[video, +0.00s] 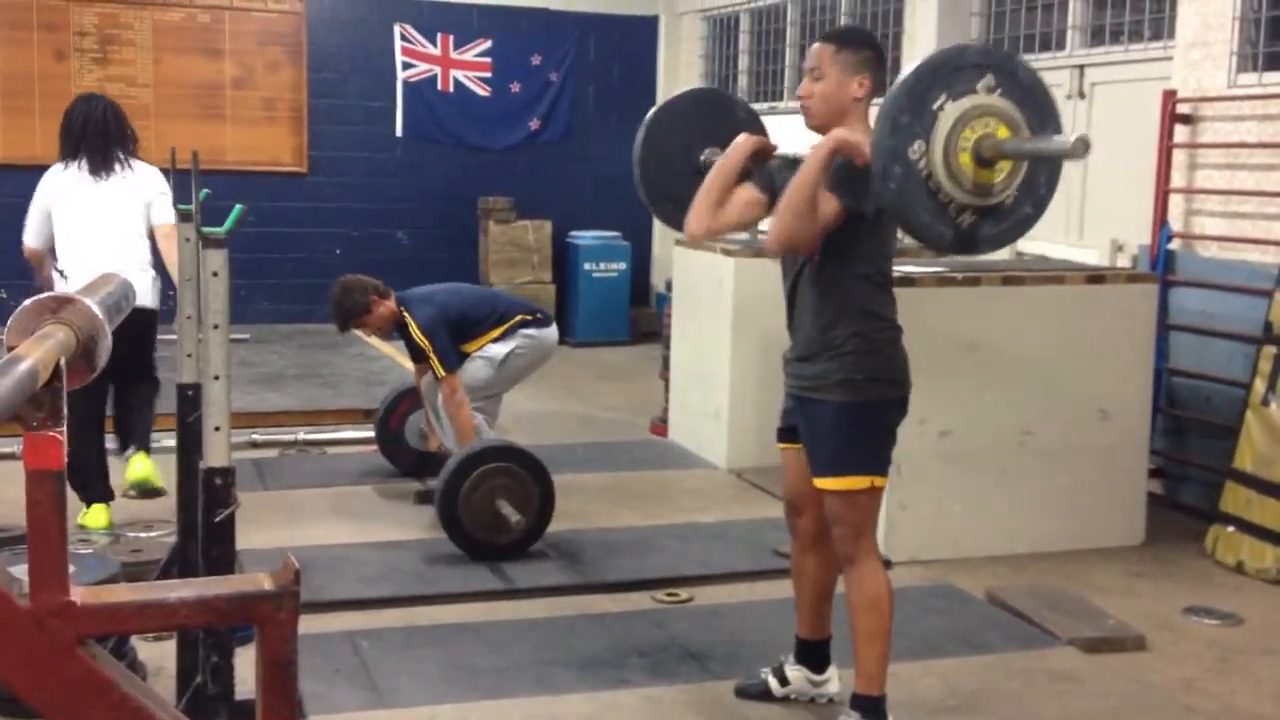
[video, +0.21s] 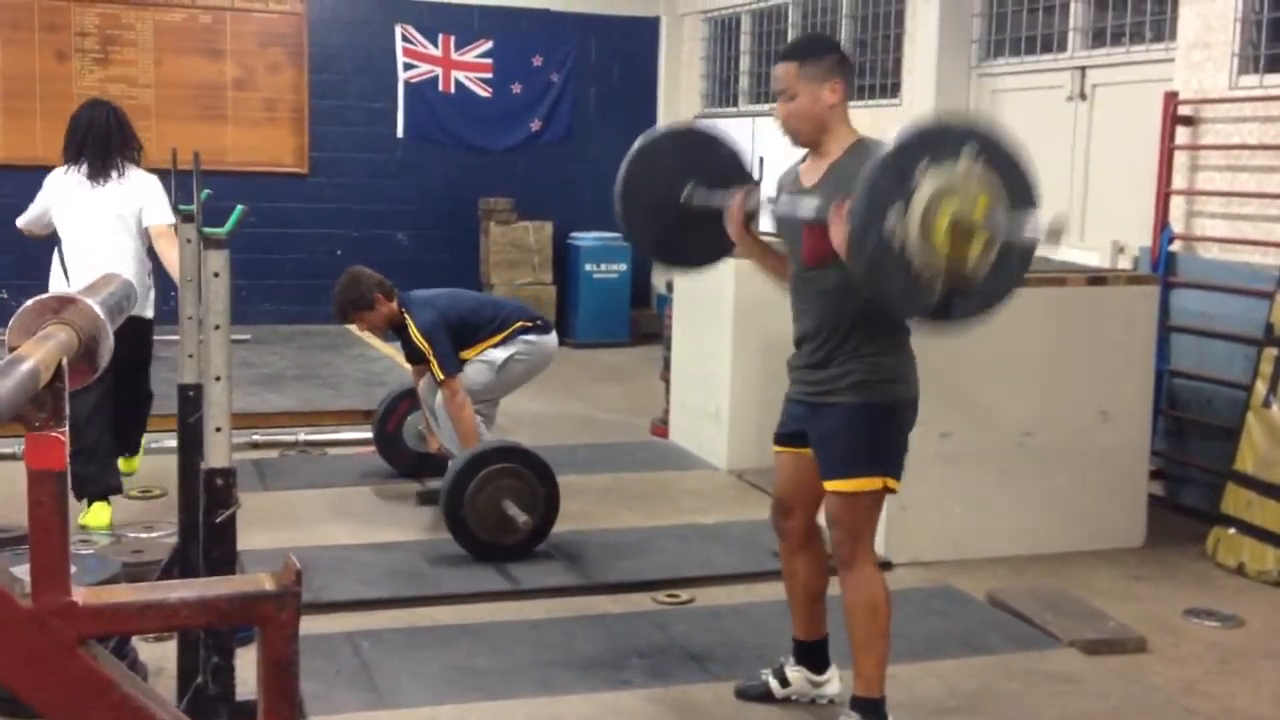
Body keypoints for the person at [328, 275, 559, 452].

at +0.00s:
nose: (369, 333)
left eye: (365, 324)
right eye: (362, 329)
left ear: (377, 303)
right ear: (378, 300)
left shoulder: (421, 317)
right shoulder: (407, 314)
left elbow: (454, 391)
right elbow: (424, 375)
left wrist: (472, 459)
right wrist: (433, 434)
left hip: (529, 334)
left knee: (444, 391)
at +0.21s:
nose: (363, 329)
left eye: (361, 320)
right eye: (357, 324)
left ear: (379, 302)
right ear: (381, 301)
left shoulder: (423, 320)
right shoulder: (406, 317)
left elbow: (456, 395)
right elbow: (422, 376)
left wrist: (477, 462)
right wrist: (433, 432)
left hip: (530, 340)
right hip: (517, 338)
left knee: (440, 393)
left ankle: (477, 473)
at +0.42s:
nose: (347, 310)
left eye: (353, 300)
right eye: (346, 300)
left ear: (380, 296)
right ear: (380, 297)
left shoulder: (422, 322)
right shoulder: (404, 320)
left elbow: (459, 394)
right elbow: (421, 376)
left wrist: (482, 460)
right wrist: (434, 434)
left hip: (529, 340)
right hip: (514, 339)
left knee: (444, 397)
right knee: (430, 391)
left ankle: (477, 475)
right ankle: (464, 475)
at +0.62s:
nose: (350, 292)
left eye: (357, 283)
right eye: (352, 283)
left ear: (385, 288)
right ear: (385, 288)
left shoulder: (424, 321)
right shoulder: (407, 318)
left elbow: (457, 394)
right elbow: (423, 375)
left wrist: (485, 461)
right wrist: (436, 431)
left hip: (530, 346)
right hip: (510, 346)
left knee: (448, 405)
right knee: (427, 389)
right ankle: (464, 475)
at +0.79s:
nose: (357, 280)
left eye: (366, 273)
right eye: (360, 272)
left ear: (392, 282)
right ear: (392, 283)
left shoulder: (428, 321)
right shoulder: (410, 316)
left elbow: (459, 394)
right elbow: (423, 373)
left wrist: (480, 462)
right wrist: (436, 431)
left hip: (530, 353)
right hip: (508, 351)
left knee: (445, 404)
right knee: (426, 386)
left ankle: (480, 477)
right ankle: (462, 475)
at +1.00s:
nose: (370, 269)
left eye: (379, 263)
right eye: (373, 261)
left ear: (404, 276)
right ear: (404, 278)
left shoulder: (432, 317)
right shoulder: (413, 312)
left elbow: (458, 392)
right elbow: (425, 371)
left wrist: (480, 463)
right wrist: (436, 429)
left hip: (533, 358)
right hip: (513, 356)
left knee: (444, 401)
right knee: (426, 388)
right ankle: (465, 474)